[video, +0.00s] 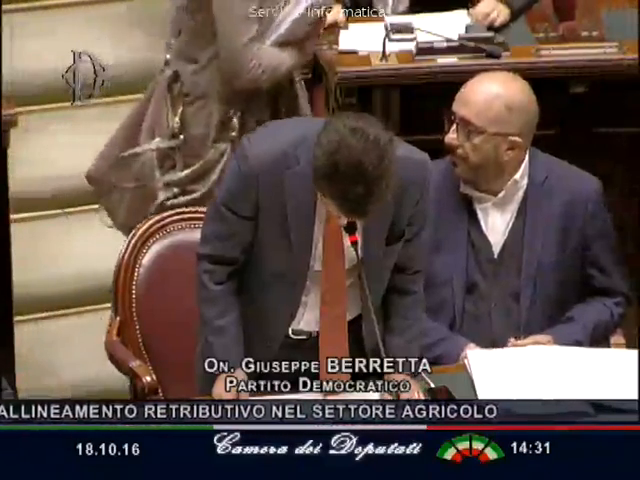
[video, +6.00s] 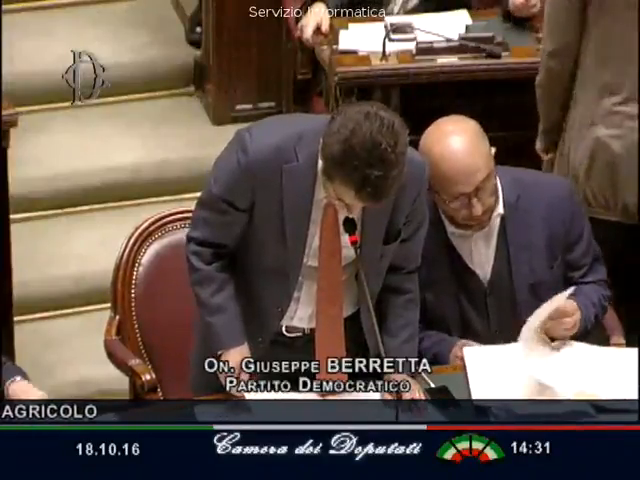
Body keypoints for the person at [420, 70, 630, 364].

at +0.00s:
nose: (449, 139)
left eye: (468, 131)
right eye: (452, 121)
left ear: (511, 149)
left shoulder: (578, 195)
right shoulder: (423, 187)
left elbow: (612, 296)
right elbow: (395, 307)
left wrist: (557, 340)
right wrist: (458, 352)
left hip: (548, 381)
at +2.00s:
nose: (513, 201)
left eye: (526, 183)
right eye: (498, 185)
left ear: (544, 162)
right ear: (474, 169)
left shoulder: (585, 206)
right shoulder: (433, 212)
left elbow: (611, 298)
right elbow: (403, 314)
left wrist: (572, 347)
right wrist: (468, 360)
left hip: (559, 374)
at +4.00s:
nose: (475, 211)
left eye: (484, 191)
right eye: (457, 200)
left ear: (495, 156)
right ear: (429, 182)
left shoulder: (554, 198)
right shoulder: (409, 222)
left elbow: (587, 272)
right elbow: (398, 324)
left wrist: (603, 306)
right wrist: (455, 353)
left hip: (556, 375)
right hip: (459, 385)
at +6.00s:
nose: (476, 208)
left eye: (482, 188)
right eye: (458, 199)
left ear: (492, 158)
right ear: (430, 187)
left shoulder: (553, 198)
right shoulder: (408, 224)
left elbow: (594, 282)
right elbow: (401, 326)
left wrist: (578, 310)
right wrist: (448, 350)